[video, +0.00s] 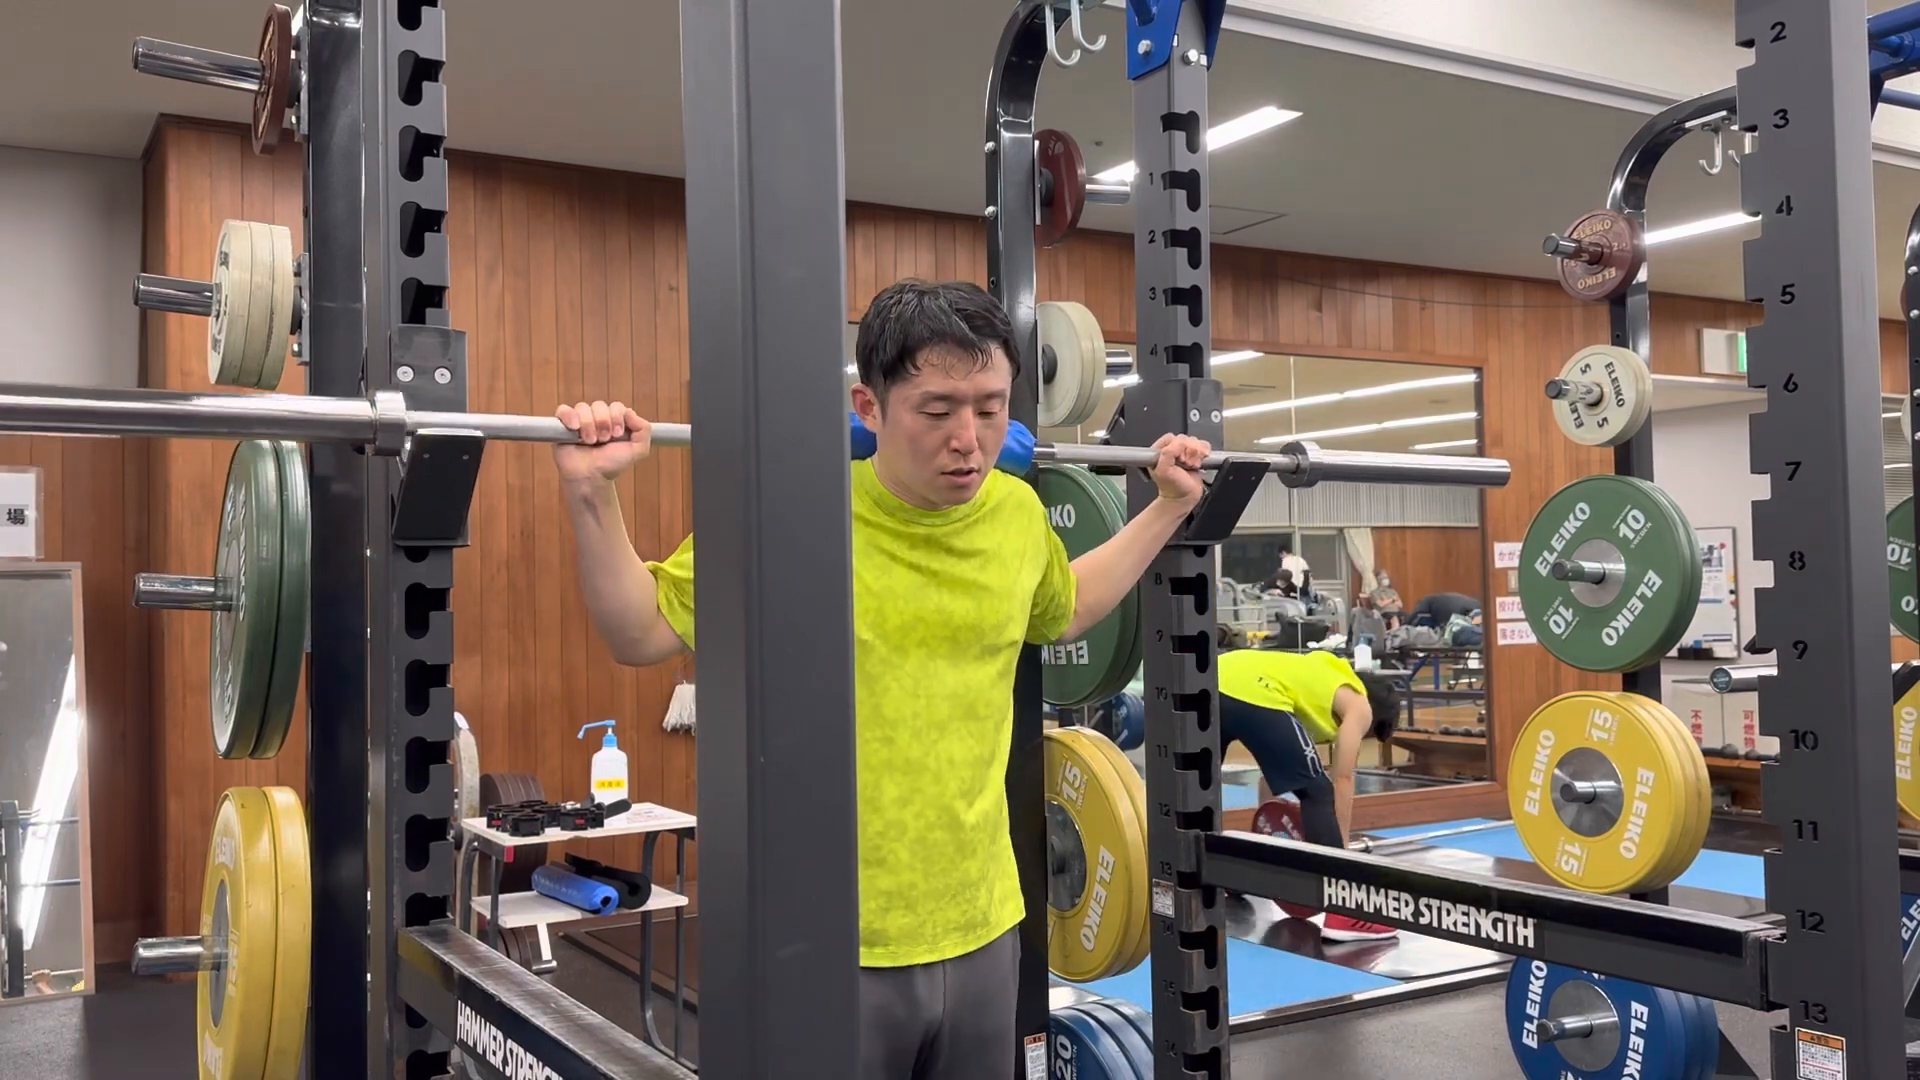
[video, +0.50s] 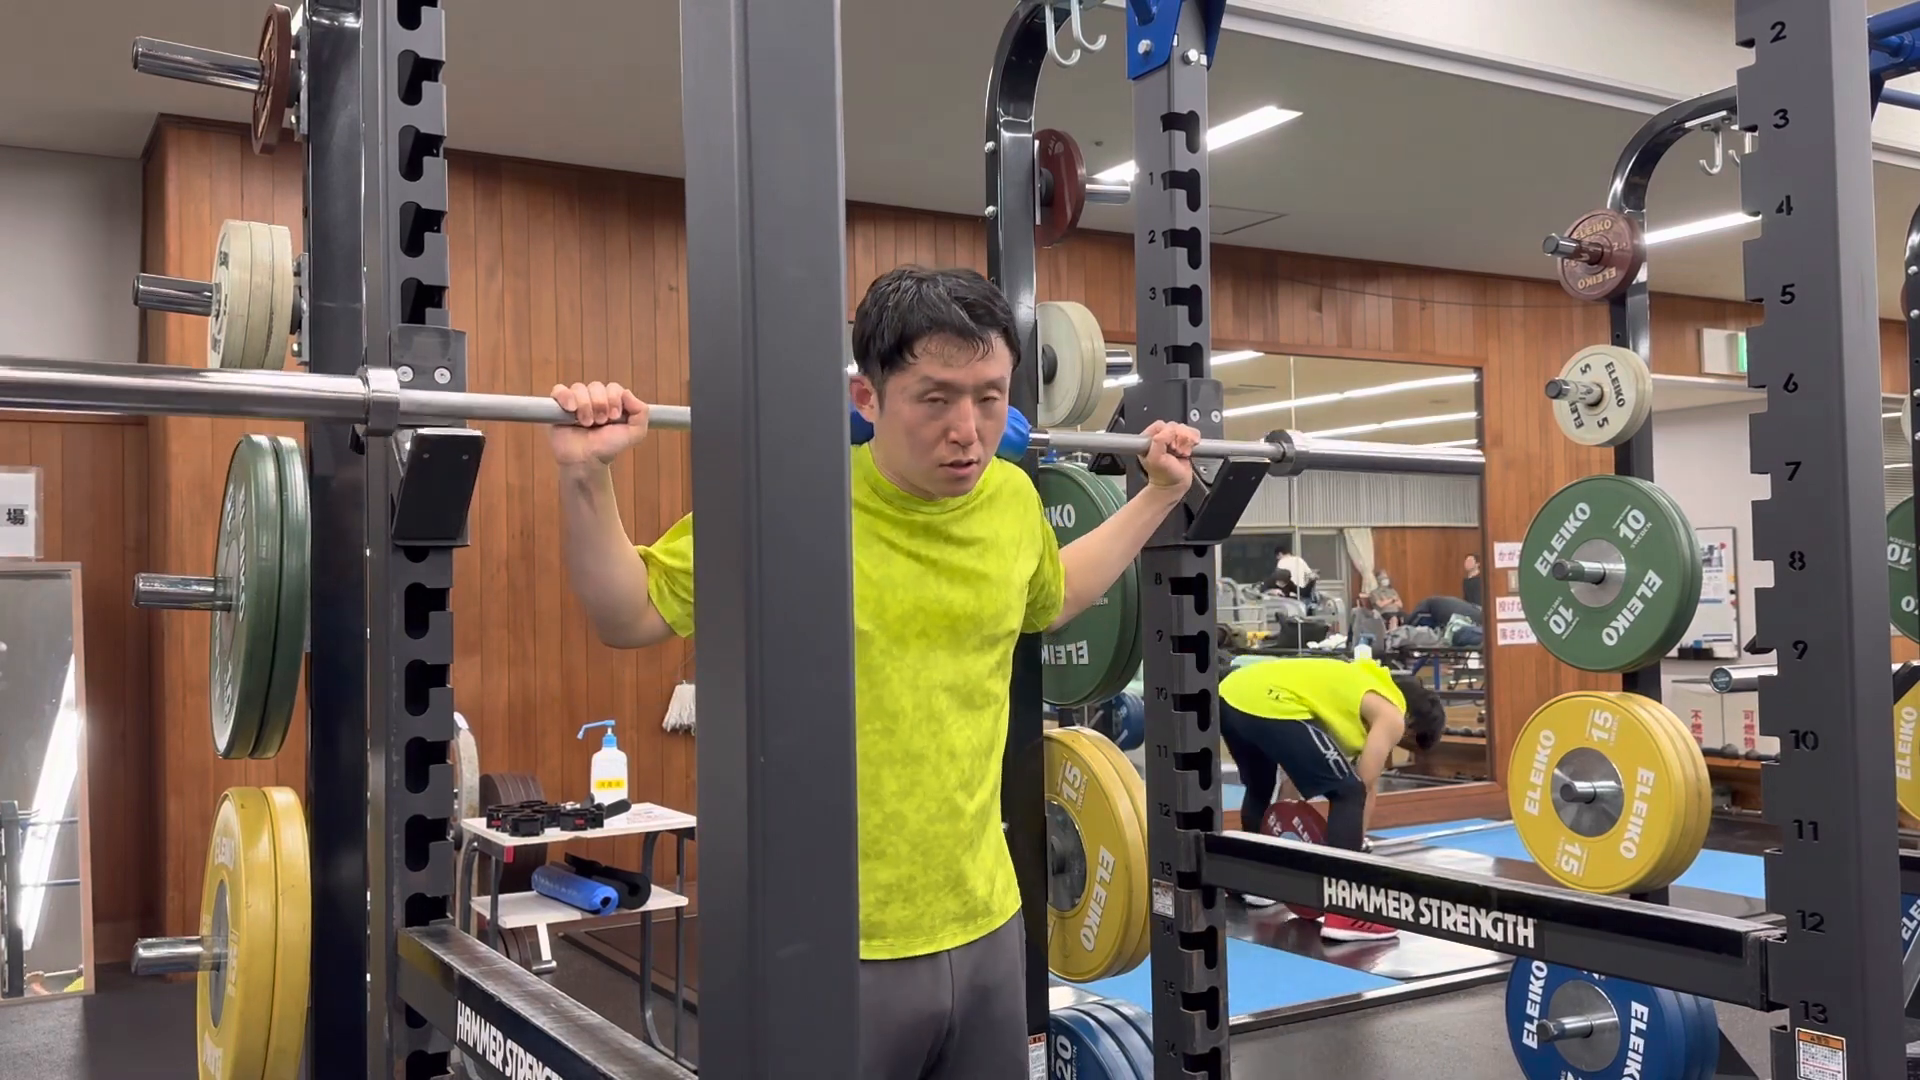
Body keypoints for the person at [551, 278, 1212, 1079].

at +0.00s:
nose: (966, 440)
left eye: (987, 410)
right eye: (935, 411)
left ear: (1009, 409)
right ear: (868, 407)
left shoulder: (1015, 512)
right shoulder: (803, 512)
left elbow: (1058, 607)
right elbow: (644, 632)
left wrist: (1168, 510)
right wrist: (591, 495)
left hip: (984, 942)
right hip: (838, 955)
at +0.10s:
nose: (960, 430)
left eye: (982, 400)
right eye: (929, 399)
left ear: (1003, 399)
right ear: (863, 398)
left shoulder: (1009, 501)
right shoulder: (796, 502)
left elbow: (1052, 599)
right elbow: (632, 620)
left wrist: (1162, 503)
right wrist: (584, 479)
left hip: (986, 932)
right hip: (844, 952)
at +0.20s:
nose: (957, 438)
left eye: (979, 408)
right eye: (925, 408)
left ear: (1001, 404)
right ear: (861, 405)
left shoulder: (1008, 503)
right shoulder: (794, 508)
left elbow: (1050, 603)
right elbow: (630, 623)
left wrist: (1159, 504)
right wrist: (581, 483)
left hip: (986, 937)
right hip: (846, 958)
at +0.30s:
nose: (959, 444)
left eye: (980, 412)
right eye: (927, 415)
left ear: (1002, 406)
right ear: (862, 410)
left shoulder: (1008, 507)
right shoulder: (794, 511)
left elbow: (1049, 603)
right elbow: (629, 624)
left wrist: (1158, 506)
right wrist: (581, 488)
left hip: (986, 939)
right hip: (846, 961)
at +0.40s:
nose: (961, 442)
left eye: (982, 410)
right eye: (929, 412)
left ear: (1005, 404)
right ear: (863, 408)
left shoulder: (1008, 505)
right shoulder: (795, 509)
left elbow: (1044, 602)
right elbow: (628, 622)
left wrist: (1156, 507)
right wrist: (583, 487)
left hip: (987, 939)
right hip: (848, 961)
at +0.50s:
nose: (965, 430)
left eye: (988, 397)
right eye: (933, 397)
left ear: (1010, 397)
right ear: (867, 397)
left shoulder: (1010, 495)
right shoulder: (799, 500)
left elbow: (1045, 596)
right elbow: (629, 615)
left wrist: (1159, 497)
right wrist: (586, 477)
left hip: (989, 931)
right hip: (849, 954)